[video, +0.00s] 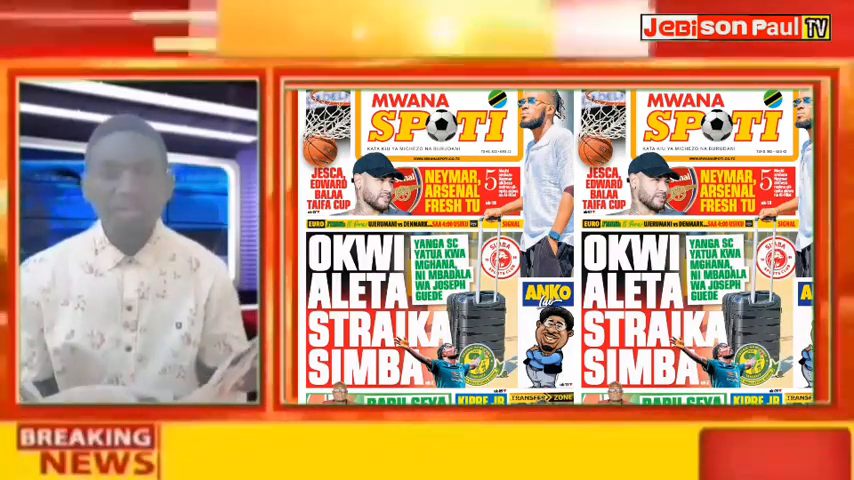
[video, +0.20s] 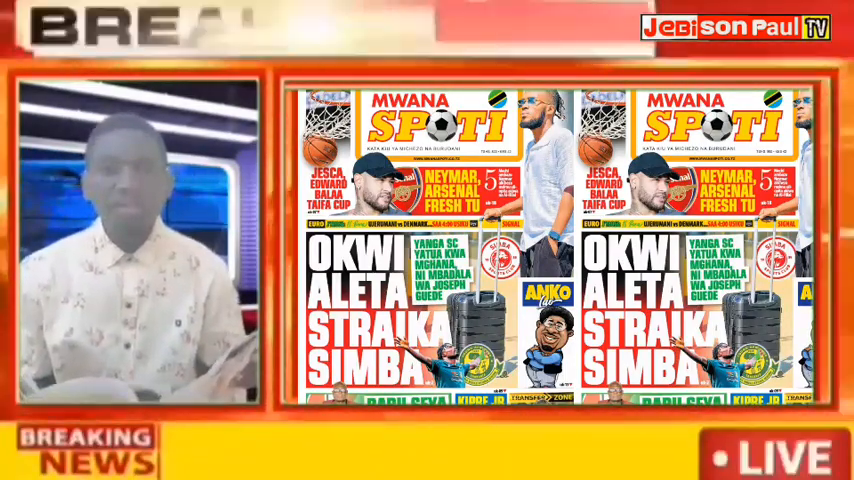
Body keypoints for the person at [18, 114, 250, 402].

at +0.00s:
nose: (127, 187)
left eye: (143, 171)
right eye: (110, 173)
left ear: (169, 184)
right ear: (86, 187)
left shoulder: (208, 274)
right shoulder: (39, 276)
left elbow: (231, 385)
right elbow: (28, 394)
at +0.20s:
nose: (126, 184)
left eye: (143, 168)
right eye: (109, 169)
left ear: (168, 183)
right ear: (86, 185)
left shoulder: (208, 273)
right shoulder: (40, 273)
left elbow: (233, 384)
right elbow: (22, 389)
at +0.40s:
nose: (125, 184)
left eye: (142, 168)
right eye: (108, 170)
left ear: (167, 181)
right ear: (85, 185)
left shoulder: (208, 273)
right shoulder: (40, 273)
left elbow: (232, 386)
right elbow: (21, 388)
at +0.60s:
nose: (127, 184)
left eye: (145, 168)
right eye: (107, 170)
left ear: (167, 181)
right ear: (85, 186)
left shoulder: (207, 272)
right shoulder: (39, 274)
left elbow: (232, 384)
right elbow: (20, 389)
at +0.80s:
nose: (124, 186)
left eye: (142, 170)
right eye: (104, 172)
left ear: (165, 179)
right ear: (82, 186)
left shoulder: (205, 272)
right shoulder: (38, 275)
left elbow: (231, 388)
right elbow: (20, 391)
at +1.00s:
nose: (124, 201)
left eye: (141, 182)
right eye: (104, 184)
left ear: (164, 181)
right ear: (81, 187)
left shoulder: (205, 273)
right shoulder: (36, 277)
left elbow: (229, 391)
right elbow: (25, 394)